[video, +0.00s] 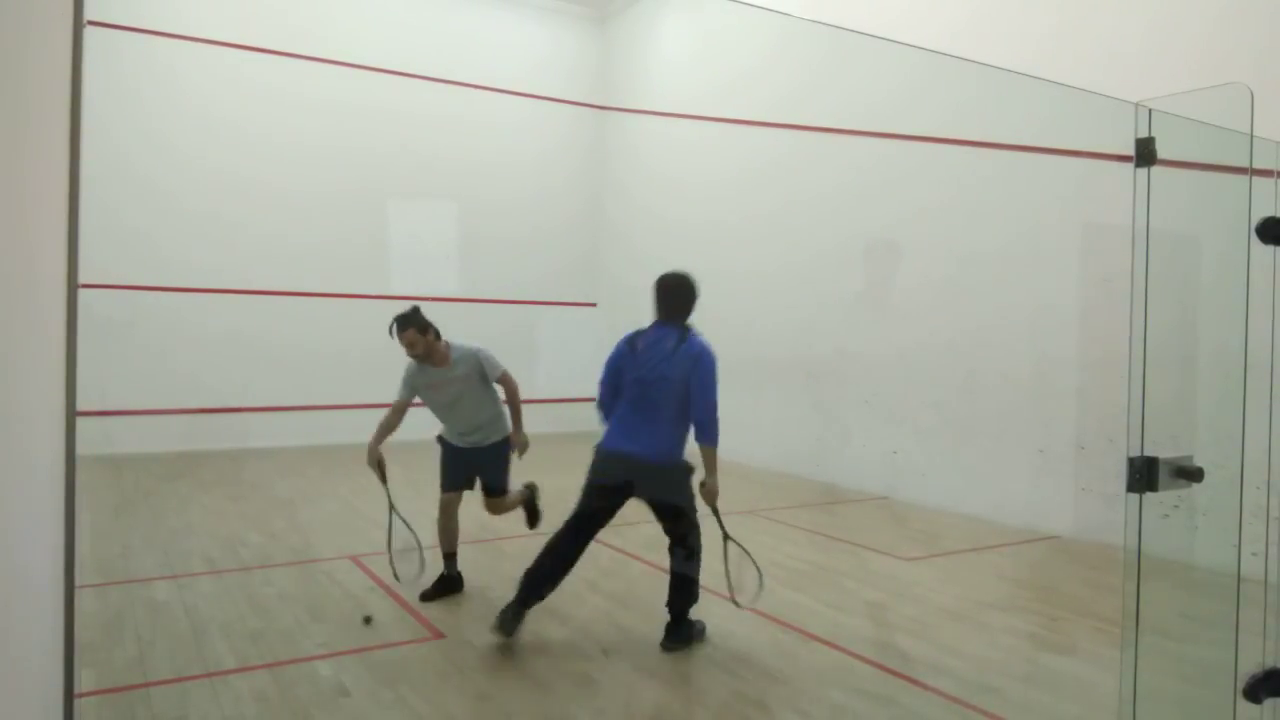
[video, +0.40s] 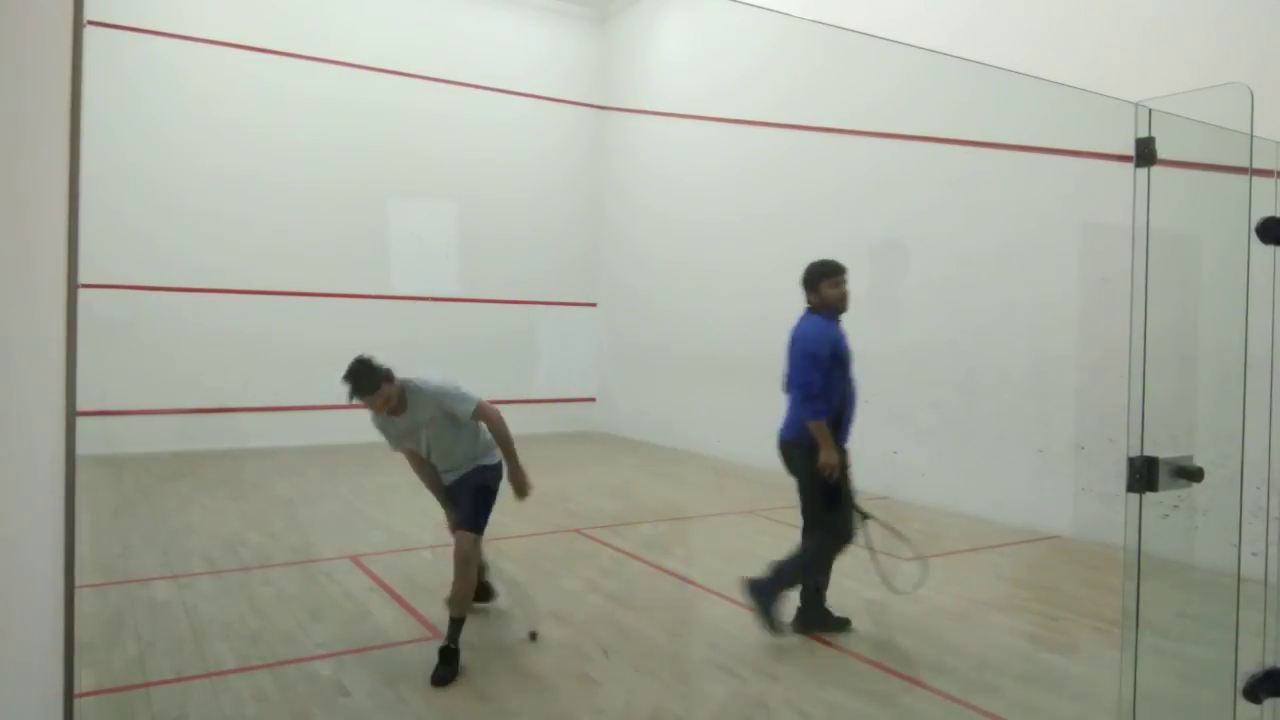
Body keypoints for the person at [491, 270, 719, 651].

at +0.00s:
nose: (683, 308)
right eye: (687, 301)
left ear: (656, 302)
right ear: (691, 305)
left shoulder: (631, 343)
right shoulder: (698, 353)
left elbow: (607, 401)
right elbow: (705, 419)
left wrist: (630, 434)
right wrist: (711, 476)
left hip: (613, 462)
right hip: (661, 469)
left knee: (577, 531)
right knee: (685, 541)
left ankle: (518, 607)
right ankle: (678, 627)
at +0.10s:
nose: (734, 290)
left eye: (733, 283)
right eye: (732, 283)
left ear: (696, 283)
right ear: (723, 287)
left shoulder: (671, 320)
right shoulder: (722, 333)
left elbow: (650, 373)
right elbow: (719, 401)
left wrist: (689, 389)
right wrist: (721, 458)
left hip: (652, 433)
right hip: (688, 443)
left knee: (655, 508)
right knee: (690, 533)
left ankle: (612, 593)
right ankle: (680, 624)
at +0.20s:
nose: (774, 295)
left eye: (772, 288)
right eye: (768, 288)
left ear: (738, 292)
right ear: (749, 292)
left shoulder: (708, 328)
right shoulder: (749, 339)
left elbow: (697, 385)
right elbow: (745, 406)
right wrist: (752, 459)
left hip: (698, 439)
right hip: (722, 444)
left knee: (733, 521)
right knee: (708, 532)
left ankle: (740, 606)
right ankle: (681, 625)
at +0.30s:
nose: (808, 299)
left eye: (806, 293)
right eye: (800, 294)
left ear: (777, 301)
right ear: (777, 299)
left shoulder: (761, 336)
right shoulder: (781, 342)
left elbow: (735, 393)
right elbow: (776, 407)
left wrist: (750, 437)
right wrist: (793, 456)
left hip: (756, 448)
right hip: (767, 451)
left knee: (795, 527)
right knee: (743, 534)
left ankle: (808, 608)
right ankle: (688, 615)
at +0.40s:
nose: (845, 292)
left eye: (845, 285)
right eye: (836, 286)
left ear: (829, 293)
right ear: (816, 292)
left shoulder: (820, 328)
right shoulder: (816, 332)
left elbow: (803, 390)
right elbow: (809, 396)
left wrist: (835, 443)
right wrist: (826, 444)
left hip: (813, 439)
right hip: (809, 440)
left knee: (823, 526)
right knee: (837, 528)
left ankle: (812, 609)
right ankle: (768, 586)